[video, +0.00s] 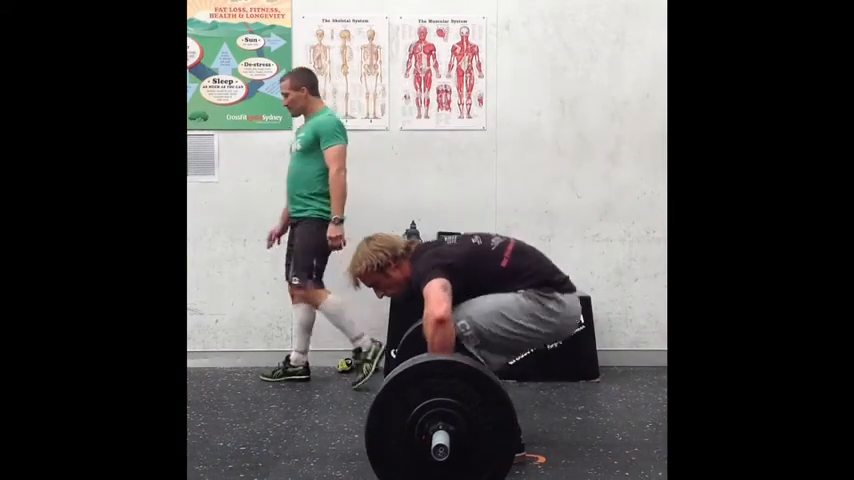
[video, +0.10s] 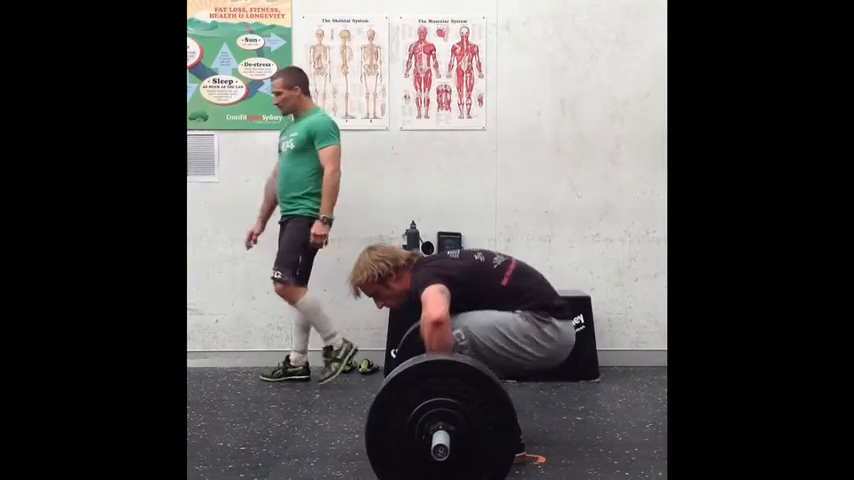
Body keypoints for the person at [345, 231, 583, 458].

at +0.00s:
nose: (381, 294)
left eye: (377, 286)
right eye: (375, 289)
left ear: (391, 267)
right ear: (393, 263)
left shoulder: (428, 262)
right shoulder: (427, 257)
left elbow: (439, 316)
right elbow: (441, 317)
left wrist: (438, 388)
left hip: (550, 303)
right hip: (547, 299)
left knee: (448, 332)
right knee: (442, 331)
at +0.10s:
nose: (380, 305)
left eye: (376, 296)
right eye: (374, 299)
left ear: (391, 276)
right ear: (394, 273)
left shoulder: (428, 273)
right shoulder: (432, 266)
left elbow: (436, 319)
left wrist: (438, 388)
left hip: (546, 328)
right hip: (544, 324)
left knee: (446, 334)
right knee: (436, 333)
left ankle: (495, 436)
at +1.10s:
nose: (387, 305)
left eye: (384, 296)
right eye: (381, 299)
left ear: (401, 279)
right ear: (403, 276)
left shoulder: (431, 278)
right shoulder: (440, 270)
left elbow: (435, 320)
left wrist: (440, 388)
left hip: (546, 357)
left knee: (444, 340)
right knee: (442, 339)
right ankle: (504, 437)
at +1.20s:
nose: (387, 306)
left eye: (385, 296)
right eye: (381, 299)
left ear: (401, 279)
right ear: (403, 277)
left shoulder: (432, 279)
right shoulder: (440, 271)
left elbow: (436, 320)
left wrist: (440, 386)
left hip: (545, 360)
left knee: (441, 340)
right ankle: (504, 437)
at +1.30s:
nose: (387, 304)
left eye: (385, 295)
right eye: (381, 298)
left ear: (401, 278)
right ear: (404, 276)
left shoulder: (433, 278)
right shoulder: (441, 270)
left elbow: (437, 320)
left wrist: (441, 386)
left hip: (545, 357)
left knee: (442, 340)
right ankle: (504, 437)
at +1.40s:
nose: (387, 303)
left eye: (385, 294)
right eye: (381, 297)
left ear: (402, 277)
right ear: (404, 275)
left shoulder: (433, 277)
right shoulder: (440, 269)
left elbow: (437, 319)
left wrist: (441, 386)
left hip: (546, 356)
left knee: (443, 340)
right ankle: (503, 437)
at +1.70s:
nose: (387, 304)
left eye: (385, 295)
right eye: (381, 297)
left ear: (402, 278)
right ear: (404, 276)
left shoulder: (434, 278)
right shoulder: (441, 271)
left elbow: (437, 319)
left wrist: (441, 385)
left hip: (546, 358)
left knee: (442, 340)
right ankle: (504, 437)